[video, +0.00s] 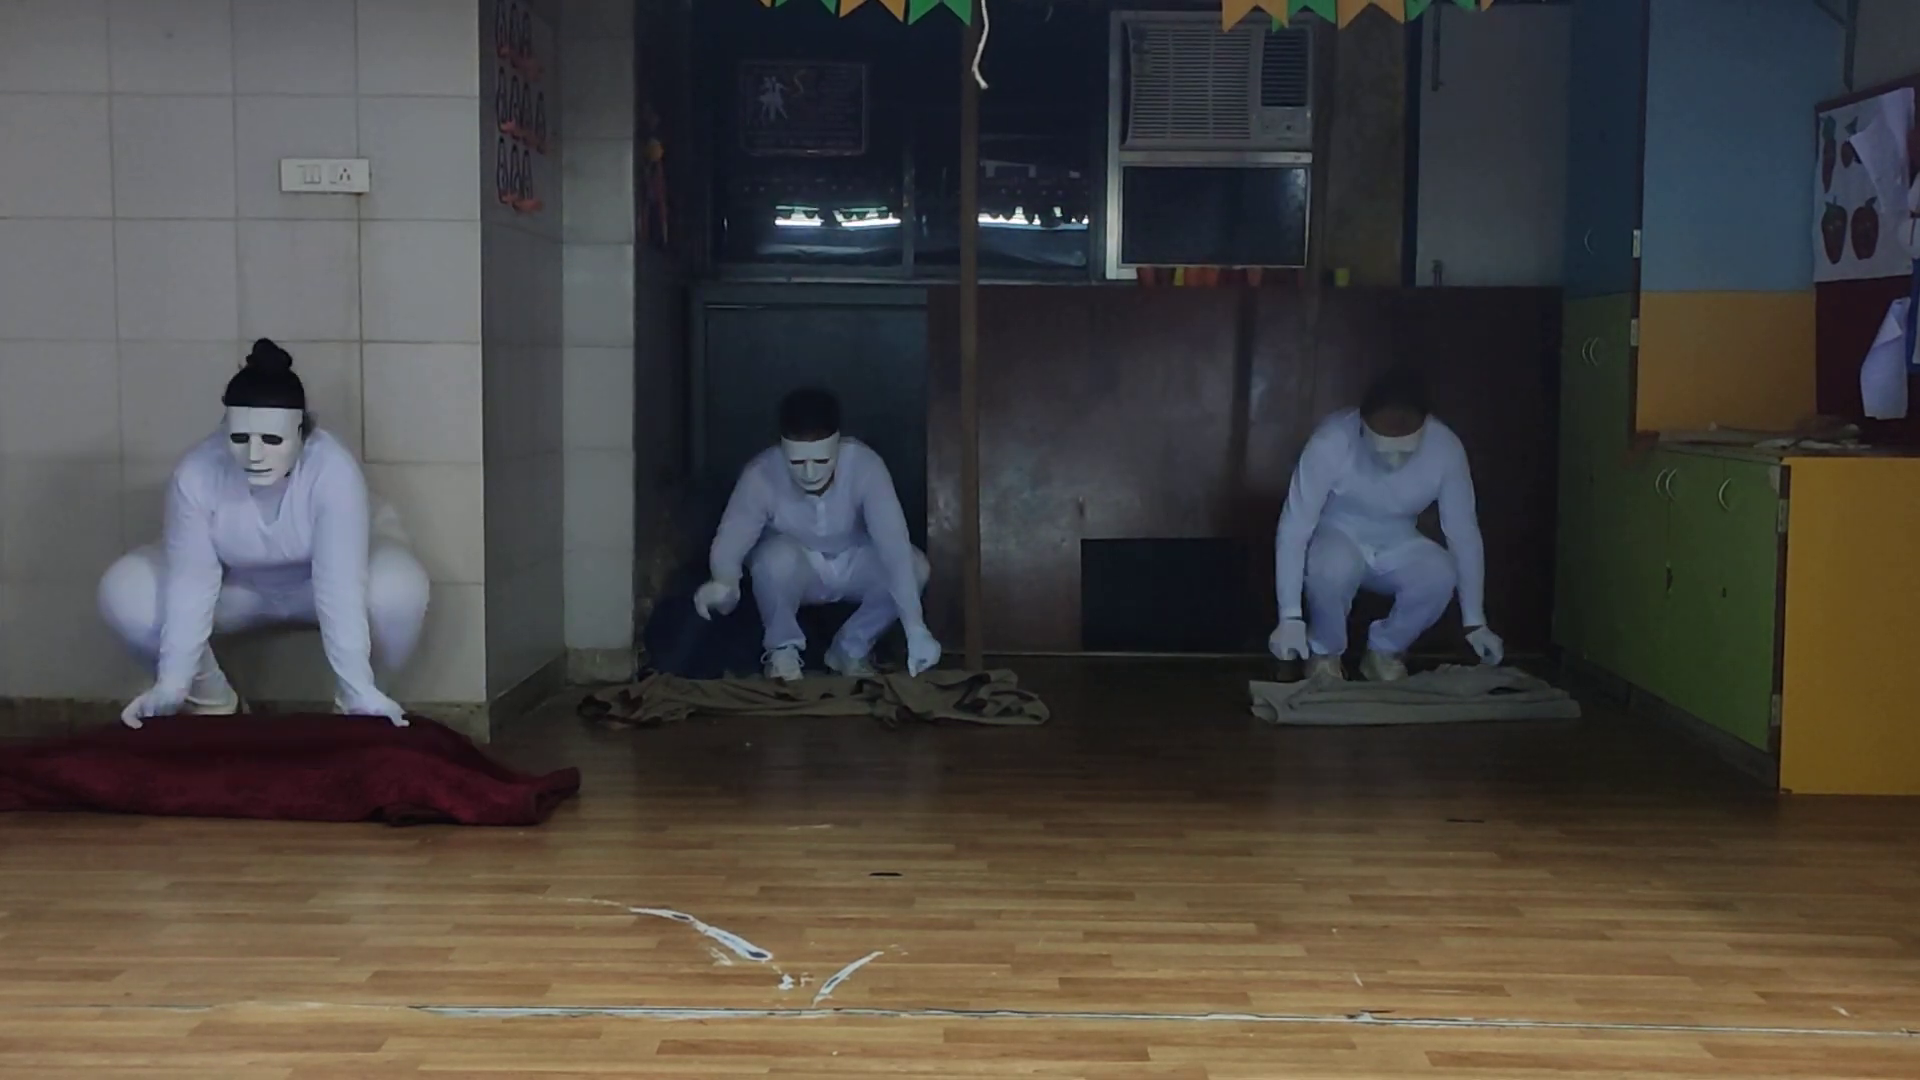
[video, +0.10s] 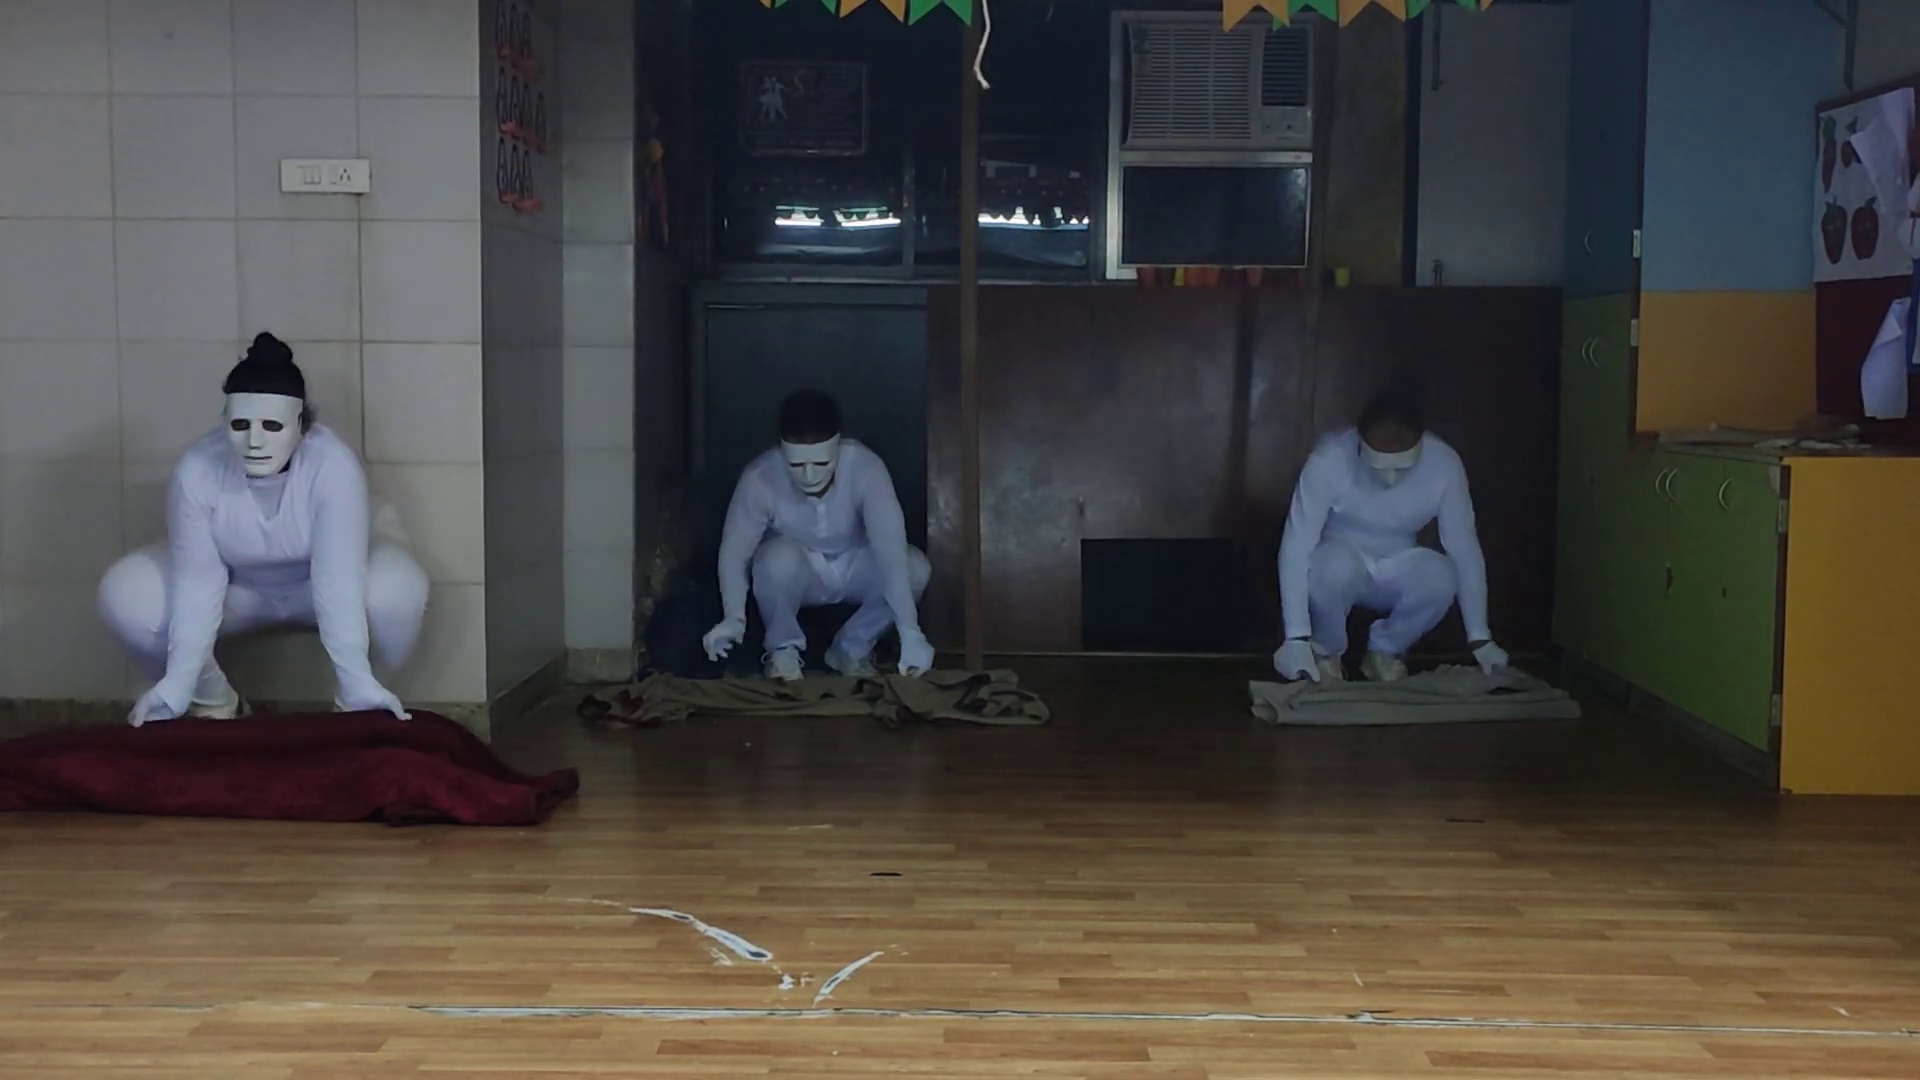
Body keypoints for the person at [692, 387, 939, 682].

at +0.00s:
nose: (810, 474)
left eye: (821, 461)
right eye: (798, 462)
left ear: (838, 446)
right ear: (782, 448)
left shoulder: (864, 467)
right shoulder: (762, 477)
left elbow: (895, 547)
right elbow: (730, 539)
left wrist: (915, 630)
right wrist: (725, 582)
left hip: (857, 571)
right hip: (798, 573)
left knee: (913, 567)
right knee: (775, 559)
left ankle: (850, 649)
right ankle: (782, 648)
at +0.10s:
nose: (809, 476)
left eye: (821, 464)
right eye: (797, 465)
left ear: (837, 448)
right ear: (782, 451)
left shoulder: (866, 469)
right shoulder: (760, 480)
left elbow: (891, 551)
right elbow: (733, 553)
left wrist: (910, 633)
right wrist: (733, 617)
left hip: (857, 572)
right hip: (798, 574)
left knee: (915, 568)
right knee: (778, 560)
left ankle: (850, 649)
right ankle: (782, 648)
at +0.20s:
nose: (809, 477)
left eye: (821, 464)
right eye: (797, 465)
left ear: (837, 447)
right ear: (782, 451)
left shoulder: (864, 471)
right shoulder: (760, 483)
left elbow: (886, 558)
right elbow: (734, 561)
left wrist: (906, 639)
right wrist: (731, 640)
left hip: (856, 574)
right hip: (799, 576)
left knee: (914, 568)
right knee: (779, 560)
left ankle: (851, 649)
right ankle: (783, 648)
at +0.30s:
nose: (810, 469)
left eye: (821, 456)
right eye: (797, 457)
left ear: (837, 445)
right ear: (783, 449)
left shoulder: (864, 473)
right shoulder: (760, 483)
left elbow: (886, 557)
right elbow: (735, 563)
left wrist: (905, 639)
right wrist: (730, 646)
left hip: (855, 576)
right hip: (798, 577)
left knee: (915, 568)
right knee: (779, 558)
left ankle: (852, 649)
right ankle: (783, 647)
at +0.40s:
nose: (812, 452)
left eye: (824, 440)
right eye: (799, 441)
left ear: (839, 438)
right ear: (784, 441)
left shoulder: (864, 472)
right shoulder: (761, 483)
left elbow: (887, 557)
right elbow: (734, 562)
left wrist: (911, 637)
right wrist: (730, 637)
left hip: (857, 575)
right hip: (798, 577)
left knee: (916, 569)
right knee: (779, 558)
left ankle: (853, 648)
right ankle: (783, 647)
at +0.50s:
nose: (813, 440)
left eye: (825, 429)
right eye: (800, 430)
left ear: (840, 432)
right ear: (784, 434)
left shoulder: (865, 468)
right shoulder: (762, 481)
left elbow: (892, 551)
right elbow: (733, 560)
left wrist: (920, 630)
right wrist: (728, 631)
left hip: (860, 575)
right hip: (799, 576)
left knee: (916, 569)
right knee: (779, 557)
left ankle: (854, 649)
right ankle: (783, 647)